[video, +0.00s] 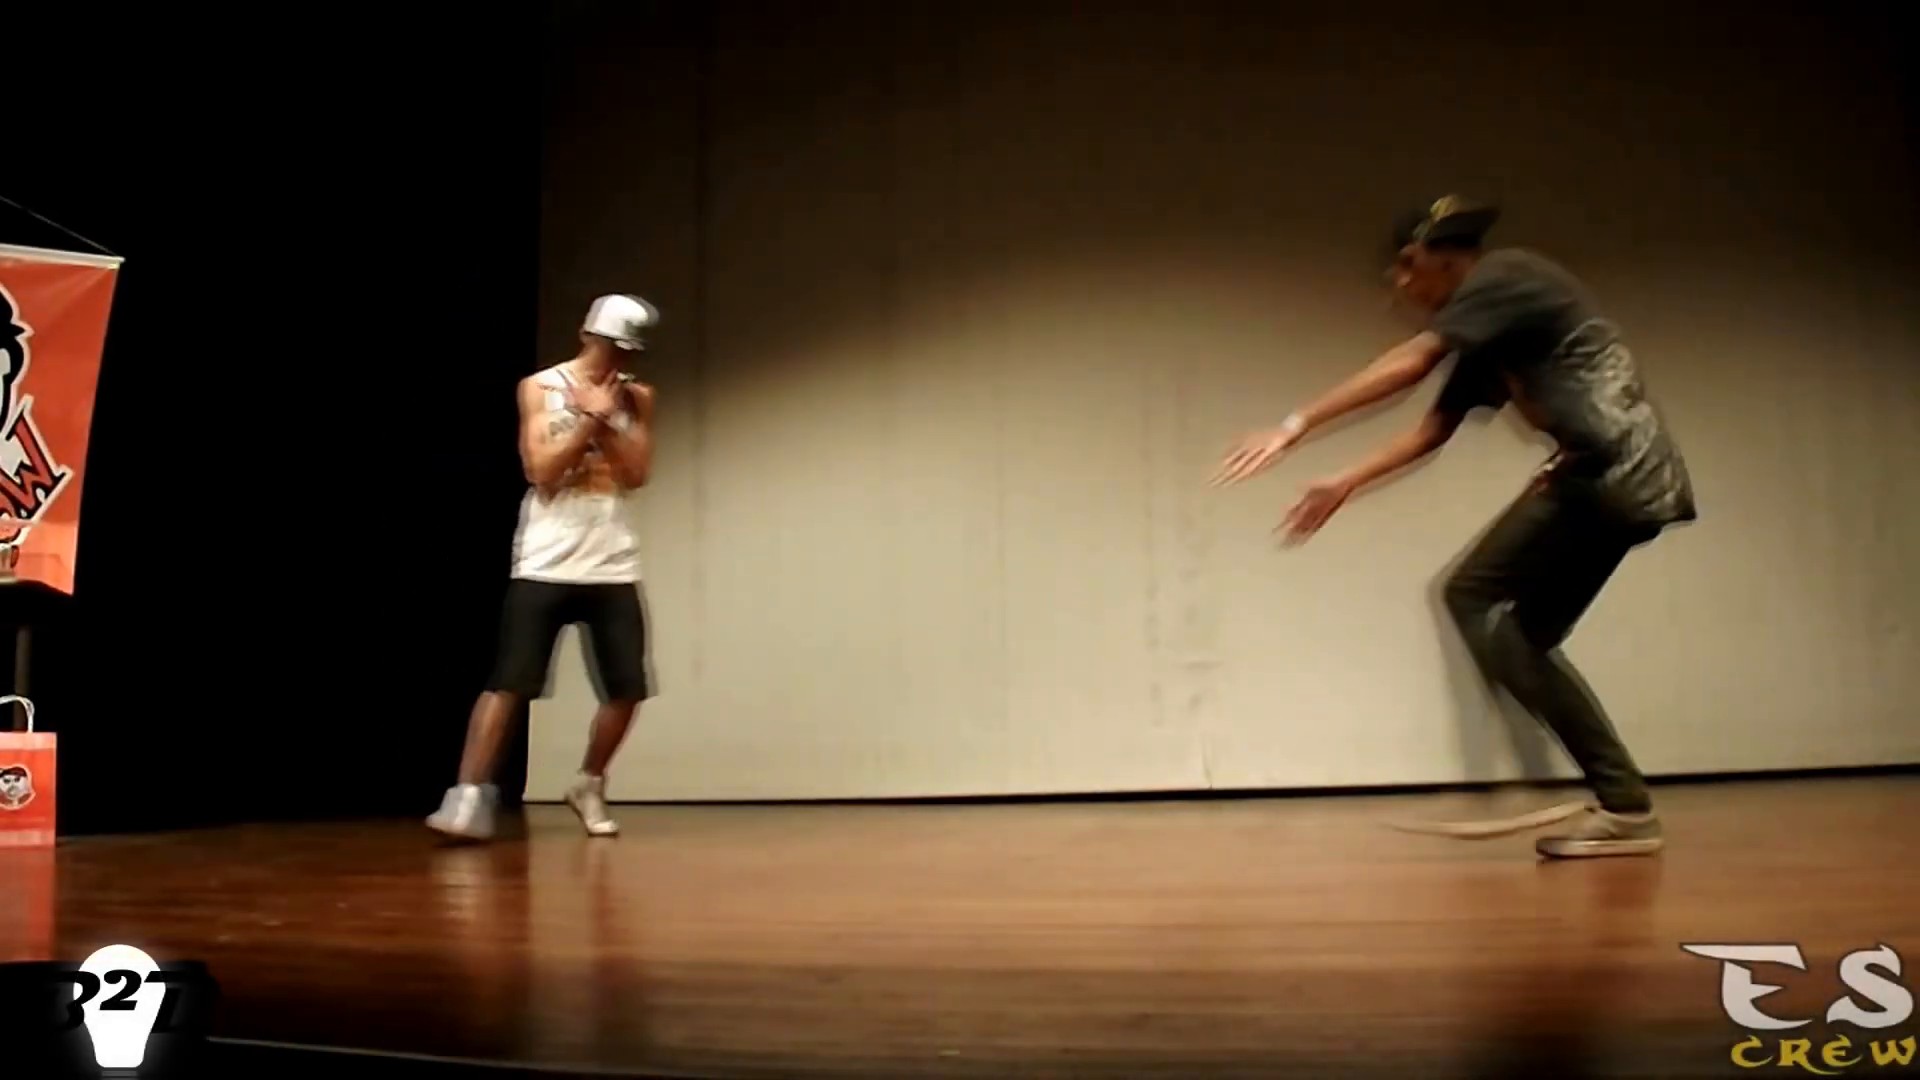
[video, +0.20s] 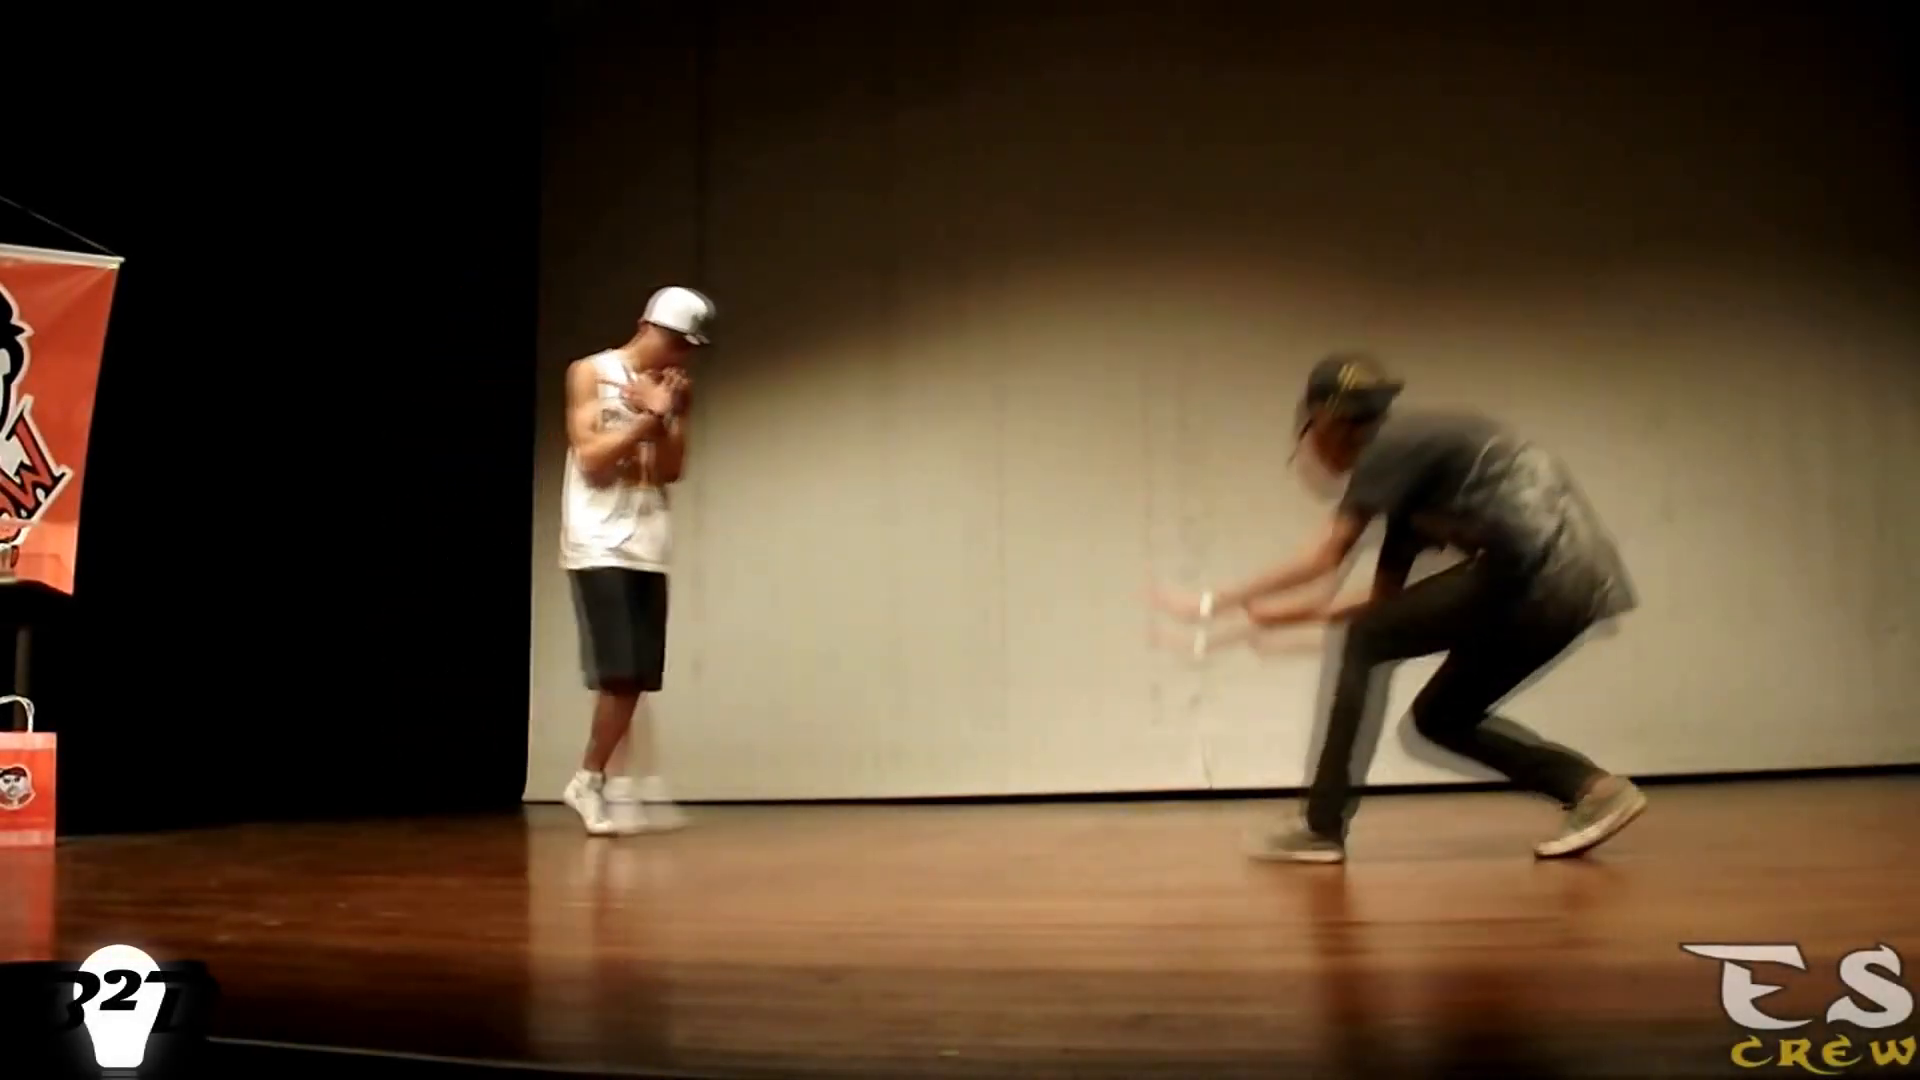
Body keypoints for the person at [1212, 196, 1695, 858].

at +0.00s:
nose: (1402, 288)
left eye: (1406, 271)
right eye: (1399, 275)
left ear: (1437, 257)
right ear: (1445, 261)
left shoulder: (1503, 278)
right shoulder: (1491, 327)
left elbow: (1411, 363)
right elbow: (1429, 434)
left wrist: (1294, 426)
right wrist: (1342, 488)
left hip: (1602, 473)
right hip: (1626, 479)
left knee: (1471, 592)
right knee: (1522, 637)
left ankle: (1607, 792)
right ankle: (1626, 807)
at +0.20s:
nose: (1310, 445)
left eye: (1314, 428)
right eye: (1309, 430)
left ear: (1341, 421)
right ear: (1369, 413)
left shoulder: (1392, 445)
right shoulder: (1422, 465)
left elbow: (1323, 561)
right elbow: (1380, 602)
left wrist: (1217, 598)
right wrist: (1273, 618)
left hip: (1525, 576)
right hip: (1572, 583)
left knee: (1364, 636)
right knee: (1441, 718)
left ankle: (1322, 828)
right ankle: (1596, 791)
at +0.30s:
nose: (1271, 522)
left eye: (1274, 505)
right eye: (1271, 506)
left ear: (1298, 499)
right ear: (1334, 492)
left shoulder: (1345, 534)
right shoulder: (1384, 532)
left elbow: (1303, 672)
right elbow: (1368, 695)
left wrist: (1209, 725)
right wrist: (1284, 715)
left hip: (1487, 649)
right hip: (1532, 654)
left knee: (1314, 665)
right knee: (1404, 779)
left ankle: (1314, 825)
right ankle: (1564, 787)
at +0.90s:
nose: (1218, 423)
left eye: (1226, 408)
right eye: (1223, 407)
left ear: (1247, 417)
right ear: (1286, 418)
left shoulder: (1271, 483)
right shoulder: (1321, 473)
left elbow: (1236, 621)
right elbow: (1320, 621)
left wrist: (1185, 717)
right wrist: (1268, 736)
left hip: (1376, 647)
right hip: (1418, 654)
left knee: (1229, 658)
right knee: (1323, 789)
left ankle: (1305, 820)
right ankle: (1483, 803)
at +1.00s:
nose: (1227, 350)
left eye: (1237, 335)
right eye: (1233, 334)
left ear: (1262, 348)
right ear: (1291, 349)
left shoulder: (1286, 414)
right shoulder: (1325, 410)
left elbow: (1243, 551)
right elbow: (1308, 569)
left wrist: (1151, 627)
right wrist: (1229, 646)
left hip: (1382, 595)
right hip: (1423, 603)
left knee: (1229, 648)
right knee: (1320, 751)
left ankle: (1305, 822)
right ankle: (1484, 785)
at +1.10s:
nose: (1241, 302)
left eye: (1253, 286)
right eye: (1247, 286)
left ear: (1284, 294)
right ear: (1301, 298)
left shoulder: (1302, 357)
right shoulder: (1333, 359)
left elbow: (1228, 463)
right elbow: (1291, 488)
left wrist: (1123, 510)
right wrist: (1230, 547)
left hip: (1388, 556)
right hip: (1423, 559)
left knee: (1245, 643)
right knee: (1325, 710)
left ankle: (1307, 820)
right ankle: (1487, 761)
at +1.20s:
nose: (1271, 253)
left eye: (1283, 239)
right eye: (1278, 238)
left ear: (1312, 246)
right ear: (1328, 250)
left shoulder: (1329, 300)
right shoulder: (1362, 309)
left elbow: (1243, 388)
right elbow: (1304, 431)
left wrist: (1134, 436)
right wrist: (1243, 497)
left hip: (1404, 515)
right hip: (1440, 520)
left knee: (1277, 633)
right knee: (1336, 675)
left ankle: (1311, 823)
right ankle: (1485, 771)